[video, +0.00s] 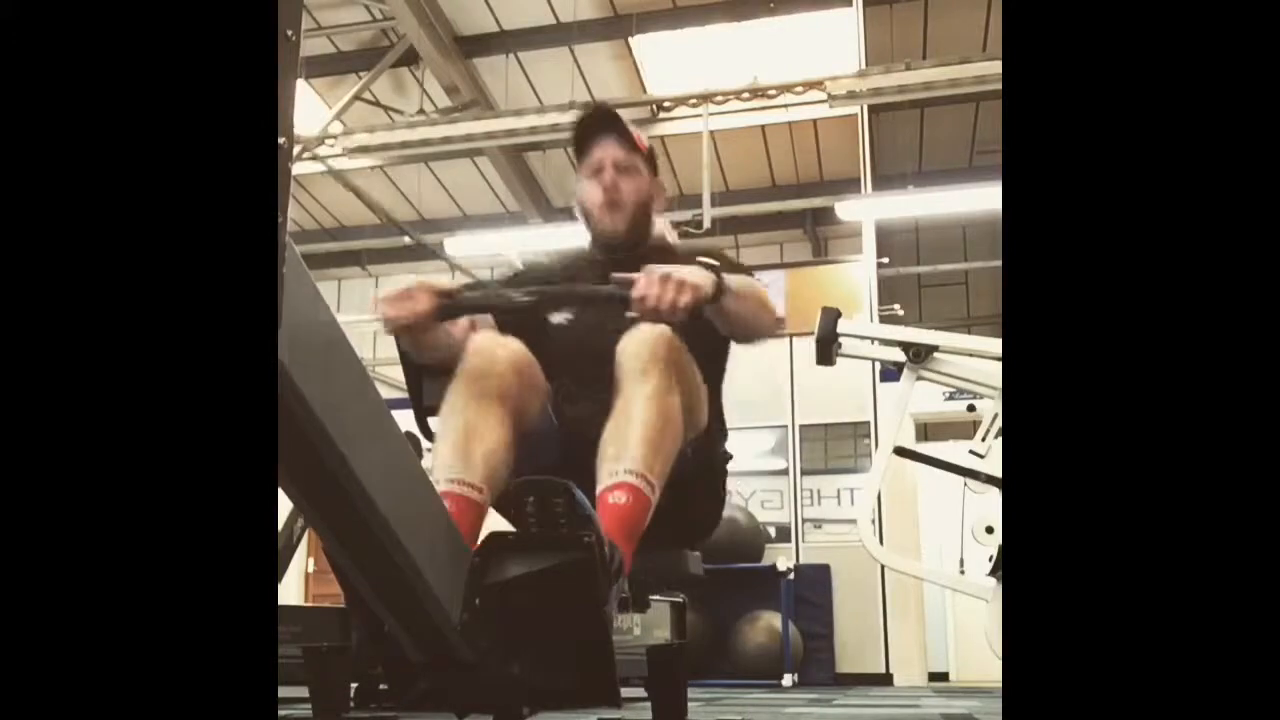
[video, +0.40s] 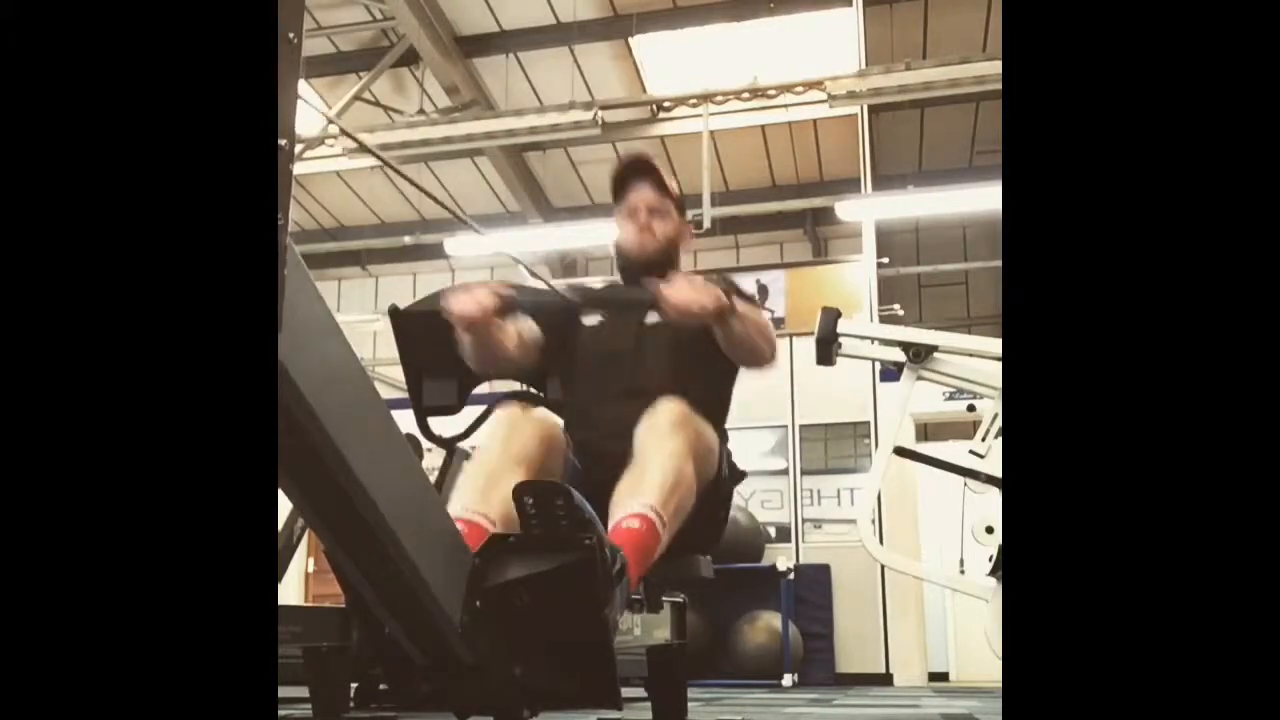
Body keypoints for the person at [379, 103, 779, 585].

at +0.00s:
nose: (610, 185)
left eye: (627, 169)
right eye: (594, 173)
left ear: (656, 187)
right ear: (578, 197)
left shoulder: (703, 270)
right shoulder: (541, 281)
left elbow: (766, 323)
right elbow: (449, 348)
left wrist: (710, 285)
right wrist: (415, 326)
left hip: (671, 489)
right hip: (551, 487)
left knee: (649, 344)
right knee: (488, 352)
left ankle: (607, 558)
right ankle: (442, 557)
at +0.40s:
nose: (643, 221)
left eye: (658, 213)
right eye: (631, 213)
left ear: (684, 231)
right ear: (615, 230)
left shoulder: (713, 295)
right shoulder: (580, 307)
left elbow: (763, 353)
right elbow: (501, 358)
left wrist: (722, 312)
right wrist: (479, 326)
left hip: (687, 490)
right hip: (576, 483)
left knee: (670, 415)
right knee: (517, 418)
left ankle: (611, 575)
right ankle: (452, 560)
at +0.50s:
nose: (655, 272)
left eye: (670, 262)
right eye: (643, 263)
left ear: (694, 277)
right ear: (627, 276)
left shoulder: (724, 345)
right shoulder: (594, 349)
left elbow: (787, 404)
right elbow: (511, 409)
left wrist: (747, 356)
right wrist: (513, 367)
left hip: (691, 488)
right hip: (592, 484)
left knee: (666, 462)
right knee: (533, 464)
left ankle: (609, 582)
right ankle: (470, 567)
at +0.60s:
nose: (658, 300)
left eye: (672, 291)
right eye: (648, 291)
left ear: (696, 303)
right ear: (633, 302)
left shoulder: (725, 368)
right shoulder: (598, 370)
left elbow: (813, 447)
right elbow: (512, 447)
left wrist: (761, 383)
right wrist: (533, 393)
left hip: (693, 500)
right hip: (594, 494)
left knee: (660, 471)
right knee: (549, 478)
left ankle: (611, 577)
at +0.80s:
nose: (649, 285)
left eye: (664, 276)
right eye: (638, 277)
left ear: (690, 289)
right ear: (623, 290)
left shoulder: (723, 355)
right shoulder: (579, 356)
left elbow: (817, 423)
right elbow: (487, 437)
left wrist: (764, 355)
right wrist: (513, 364)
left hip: (689, 504)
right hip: (579, 495)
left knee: (657, 434)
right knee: (534, 435)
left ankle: (613, 571)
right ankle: (468, 553)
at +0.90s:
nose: (638, 252)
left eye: (653, 241)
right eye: (626, 241)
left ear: (679, 256)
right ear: (611, 254)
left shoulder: (714, 331)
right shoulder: (569, 334)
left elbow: (800, 386)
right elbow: (471, 403)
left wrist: (747, 331)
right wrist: (474, 346)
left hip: (680, 504)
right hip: (565, 495)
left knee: (652, 391)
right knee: (526, 397)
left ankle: (607, 564)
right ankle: (454, 550)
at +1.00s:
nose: (622, 201)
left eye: (639, 191)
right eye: (609, 192)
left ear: (667, 210)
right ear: (592, 212)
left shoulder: (704, 288)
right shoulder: (552, 290)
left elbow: (769, 346)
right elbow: (473, 372)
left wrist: (724, 305)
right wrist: (442, 340)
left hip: (674, 489)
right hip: (555, 490)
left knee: (652, 358)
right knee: (505, 364)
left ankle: (607, 557)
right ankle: (446, 551)